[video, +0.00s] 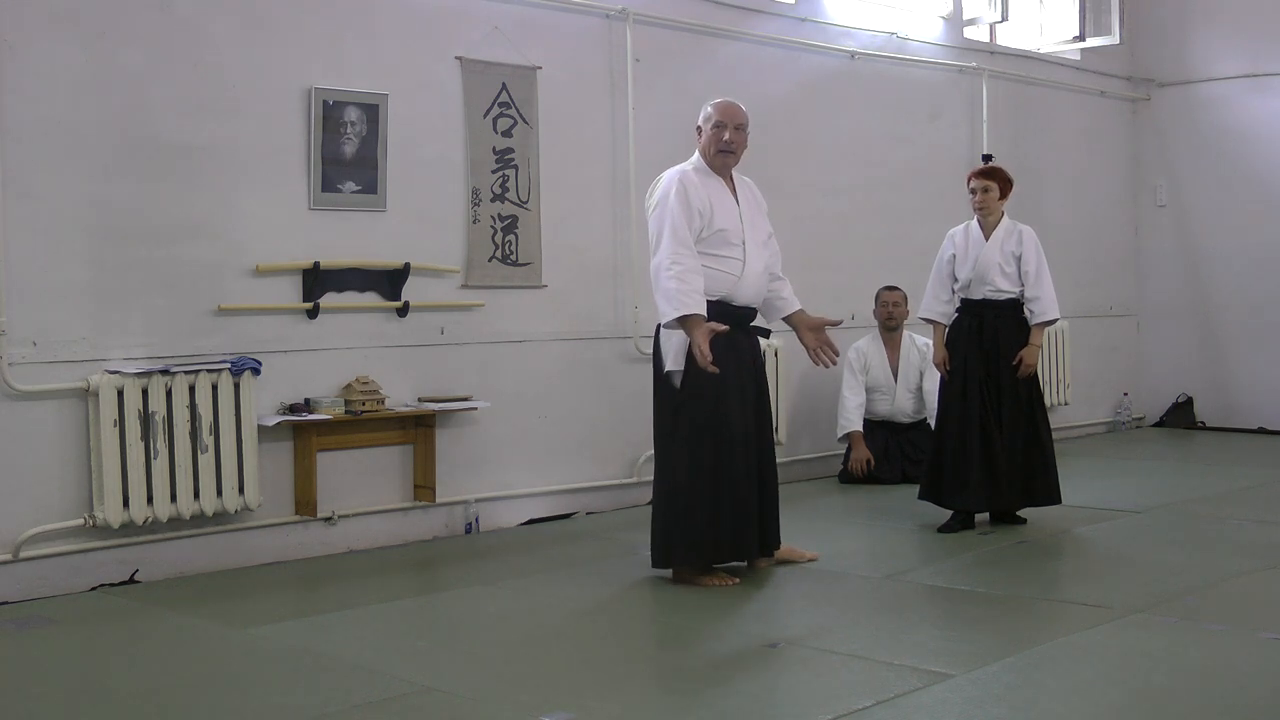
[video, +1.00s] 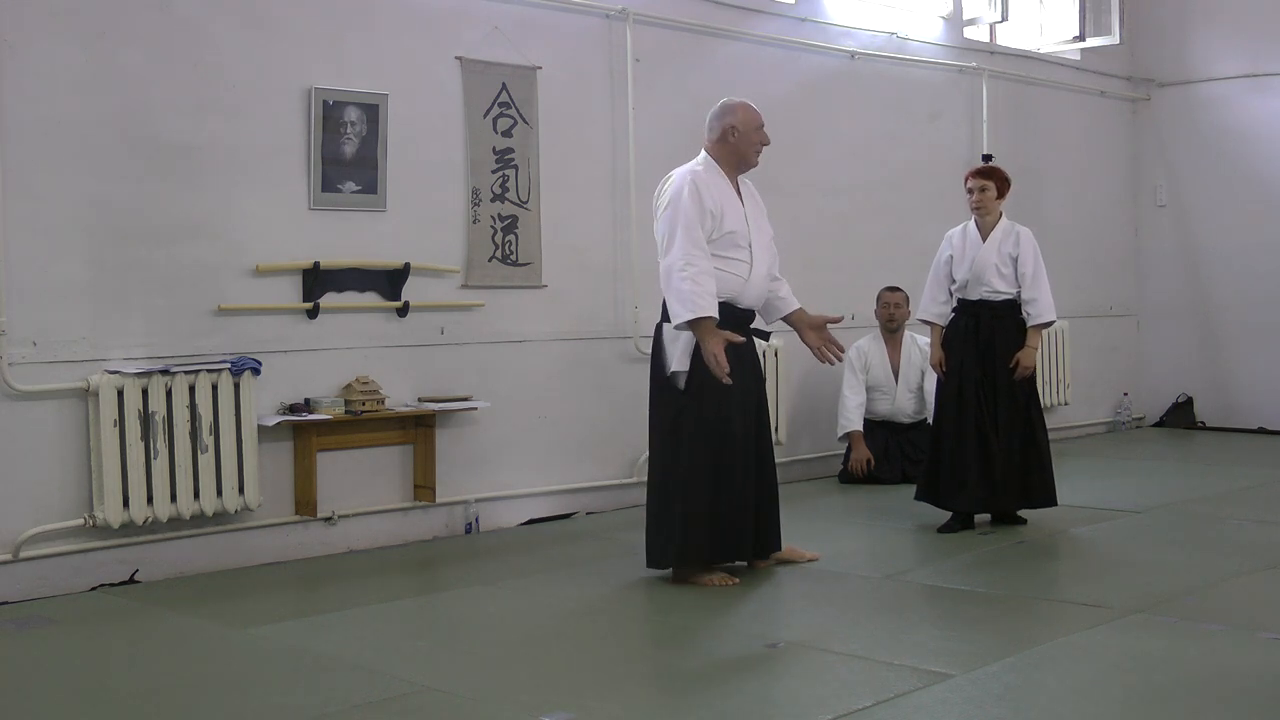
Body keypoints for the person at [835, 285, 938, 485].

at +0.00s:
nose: (890, 310)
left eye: (896, 305)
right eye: (884, 305)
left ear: (907, 313)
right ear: (875, 313)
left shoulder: (925, 349)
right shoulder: (860, 351)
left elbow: (935, 397)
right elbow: (851, 399)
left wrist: (944, 436)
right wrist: (857, 443)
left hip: (916, 430)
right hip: (874, 431)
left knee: (935, 472)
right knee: (855, 472)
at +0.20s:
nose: (890, 310)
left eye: (897, 305)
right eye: (884, 305)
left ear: (907, 313)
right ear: (875, 313)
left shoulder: (925, 349)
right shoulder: (860, 350)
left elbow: (935, 397)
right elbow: (851, 398)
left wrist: (944, 437)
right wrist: (857, 443)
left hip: (916, 430)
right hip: (874, 431)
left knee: (935, 472)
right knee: (855, 472)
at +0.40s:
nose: (890, 310)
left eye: (897, 305)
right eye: (884, 305)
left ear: (908, 313)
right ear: (875, 313)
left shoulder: (925, 348)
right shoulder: (861, 350)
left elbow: (935, 397)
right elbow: (851, 398)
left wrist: (944, 437)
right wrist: (857, 443)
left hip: (916, 430)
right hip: (874, 431)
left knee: (936, 472)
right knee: (855, 472)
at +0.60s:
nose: (891, 310)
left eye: (897, 305)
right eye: (885, 305)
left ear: (908, 313)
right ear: (875, 313)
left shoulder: (925, 348)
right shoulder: (860, 350)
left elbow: (935, 397)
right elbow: (851, 398)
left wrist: (944, 436)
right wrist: (857, 443)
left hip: (916, 430)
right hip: (875, 431)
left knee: (935, 472)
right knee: (855, 472)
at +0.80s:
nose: (891, 311)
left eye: (898, 306)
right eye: (885, 306)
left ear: (908, 313)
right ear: (876, 313)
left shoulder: (926, 348)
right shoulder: (861, 350)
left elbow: (934, 397)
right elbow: (852, 398)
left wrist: (943, 436)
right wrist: (857, 443)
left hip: (916, 430)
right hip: (875, 431)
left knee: (935, 472)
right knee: (855, 472)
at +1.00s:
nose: (891, 312)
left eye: (898, 306)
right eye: (885, 306)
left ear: (908, 313)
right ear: (876, 313)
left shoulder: (926, 348)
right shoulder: (860, 351)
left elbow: (934, 396)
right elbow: (851, 398)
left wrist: (941, 435)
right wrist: (857, 442)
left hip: (916, 430)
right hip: (875, 430)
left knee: (934, 473)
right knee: (855, 472)